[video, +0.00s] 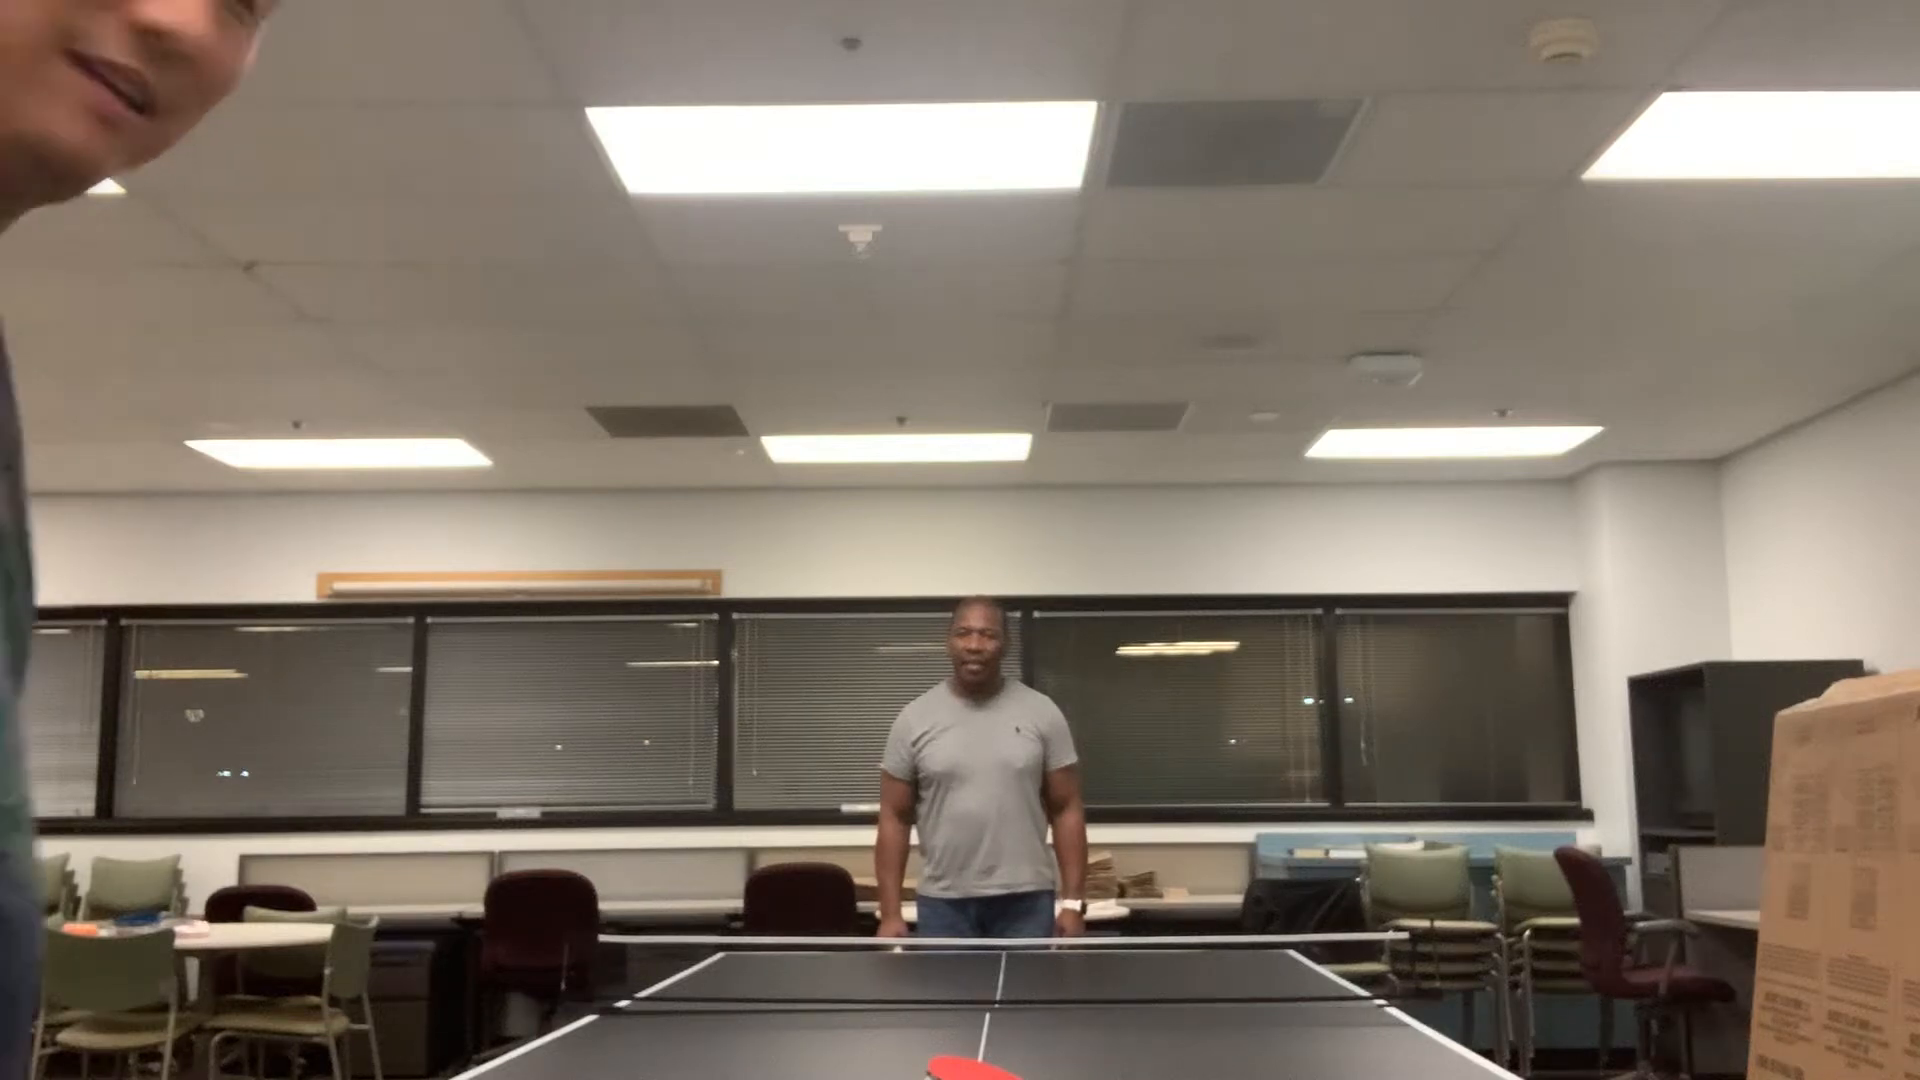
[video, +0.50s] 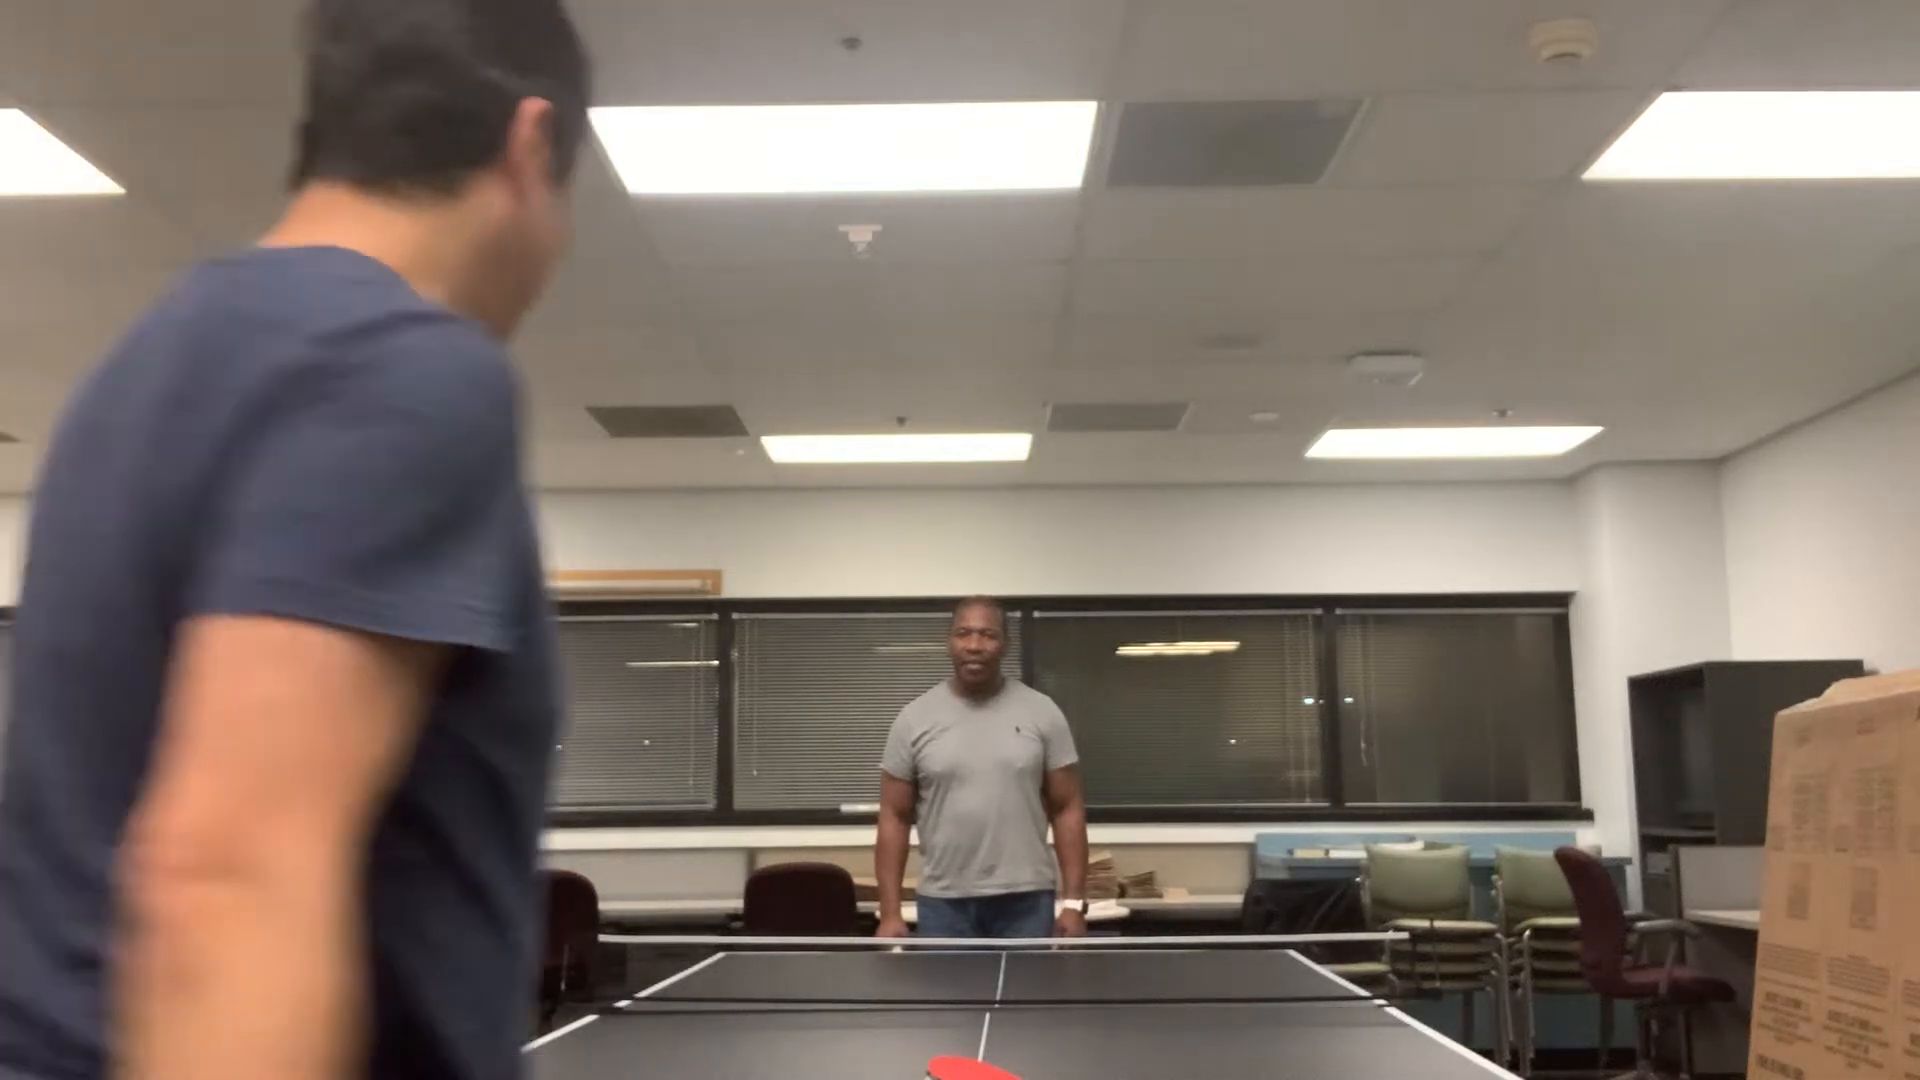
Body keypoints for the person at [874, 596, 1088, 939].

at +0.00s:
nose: (974, 645)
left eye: (988, 635)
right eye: (964, 633)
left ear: (1004, 644)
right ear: (948, 642)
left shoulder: (1041, 713)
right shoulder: (914, 720)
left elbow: (1066, 807)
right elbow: (894, 817)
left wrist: (1072, 903)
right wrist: (890, 914)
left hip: (1026, 902)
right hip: (944, 904)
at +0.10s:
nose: (974, 645)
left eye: (987, 635)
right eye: (964, 633)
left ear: (1004, 644)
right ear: (949, 641)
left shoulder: (1041, 713)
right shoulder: (914, 720)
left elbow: (1066, 807)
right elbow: (894, 817)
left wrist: (1072, 904)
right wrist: (890, 914)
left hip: (1026, 902)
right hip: (944, 904)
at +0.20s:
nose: (974, 646)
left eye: (987, 635)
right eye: (964, 633)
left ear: (1004, 644)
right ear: (949, 641)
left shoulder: (1041, 713)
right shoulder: (914, 720)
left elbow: (1066, 807)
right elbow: (894, 817)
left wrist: (1072, 903)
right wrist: (890, 914)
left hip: (1026, 902)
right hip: (944, 903)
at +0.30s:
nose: (974, 646)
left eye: (987, 635)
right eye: (964, 633)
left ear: (1004, 644)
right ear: (949, 642)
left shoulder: (1041, 713)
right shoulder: (914, 720)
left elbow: (1066, 807)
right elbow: (894, 817)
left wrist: (1073, 903)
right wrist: (890, 913)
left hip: (1026, 902)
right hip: (944, 903)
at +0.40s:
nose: (974, 646)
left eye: (987, 635)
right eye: (964, 633)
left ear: (1004, 644)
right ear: (949, 642)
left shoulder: (1041, 713)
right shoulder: (914, 720)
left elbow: (1067, 807)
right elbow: (894, 817)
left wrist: (1073, 903)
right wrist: (889, 913)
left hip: (1026, 902)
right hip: (944, 903)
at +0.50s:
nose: (974, 646)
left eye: (987, 635)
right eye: (964, 633)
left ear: (1004, 644)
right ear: (949, 642)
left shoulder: (1041, 713)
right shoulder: (914, 720)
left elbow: (1067, 807)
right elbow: (894, 817)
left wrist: (1073, 903)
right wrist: (890, 913)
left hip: (1026, 902)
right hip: (944, 903)